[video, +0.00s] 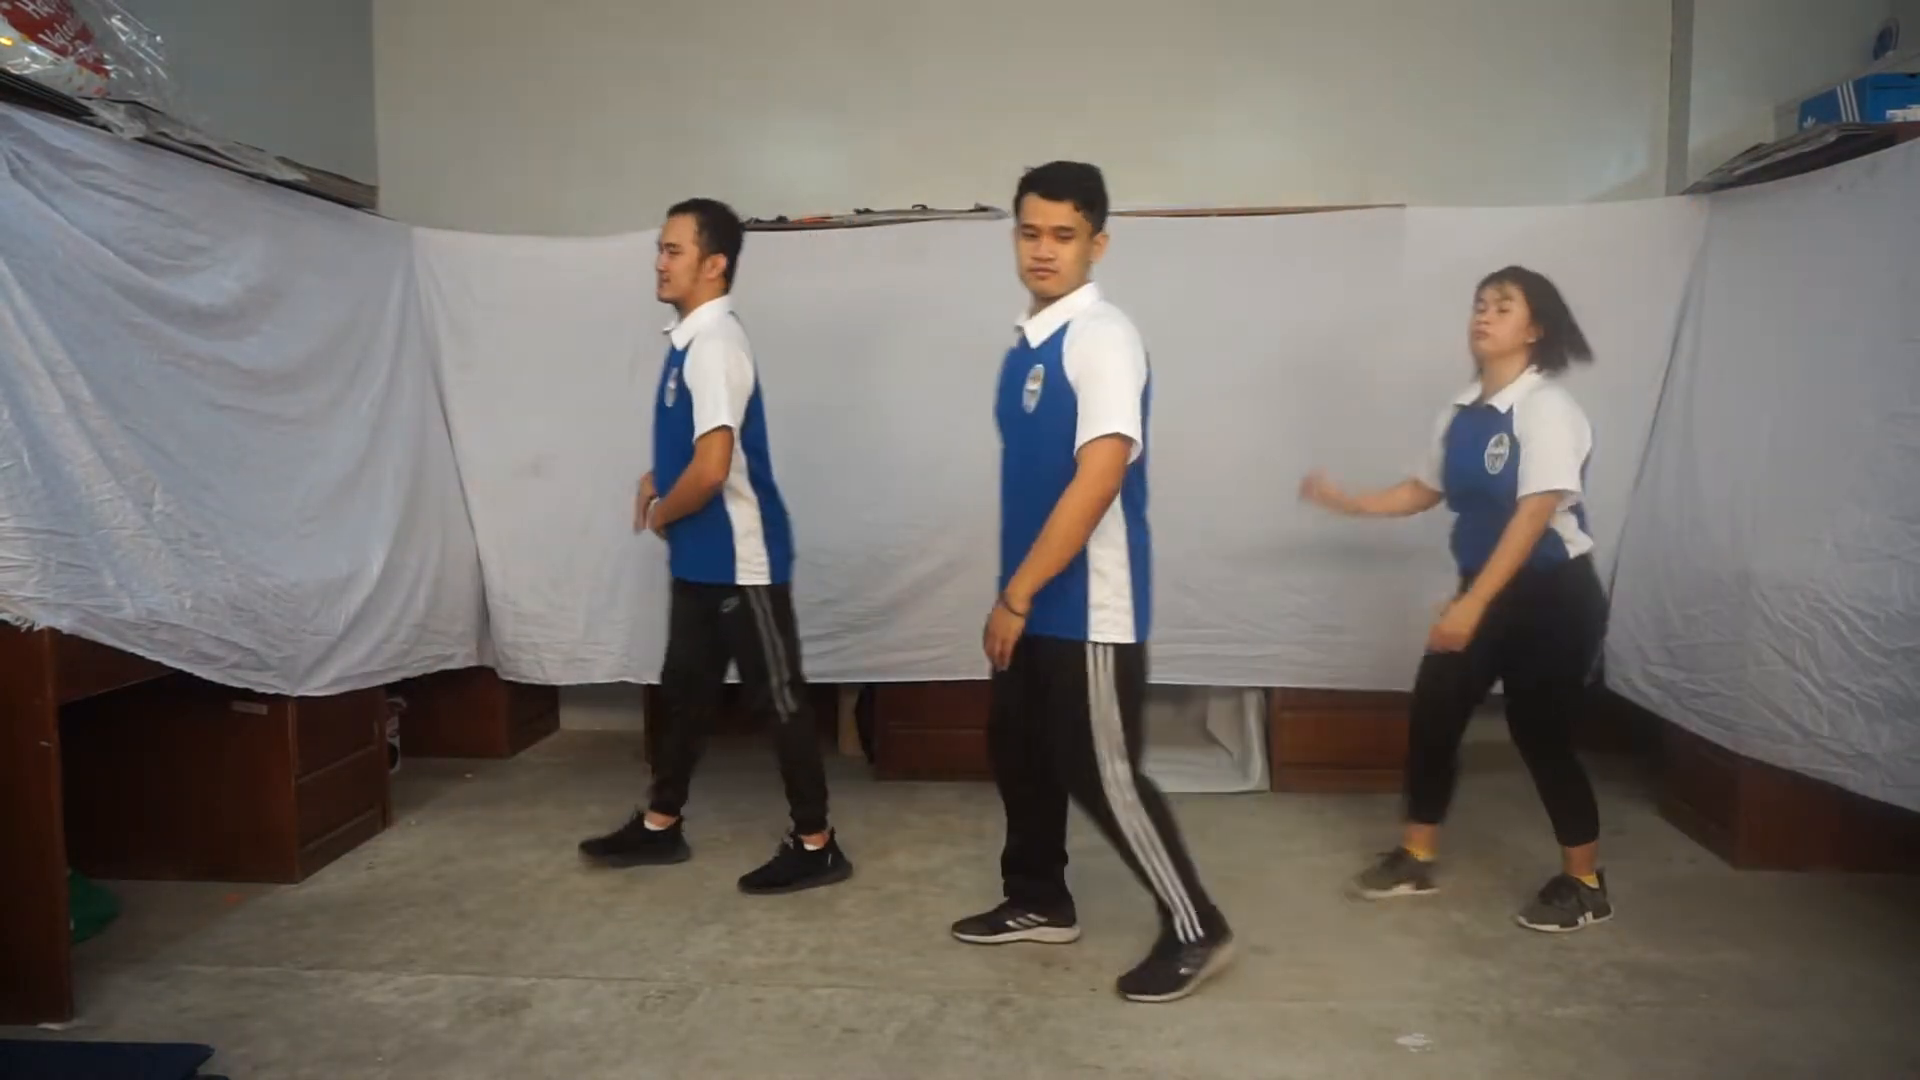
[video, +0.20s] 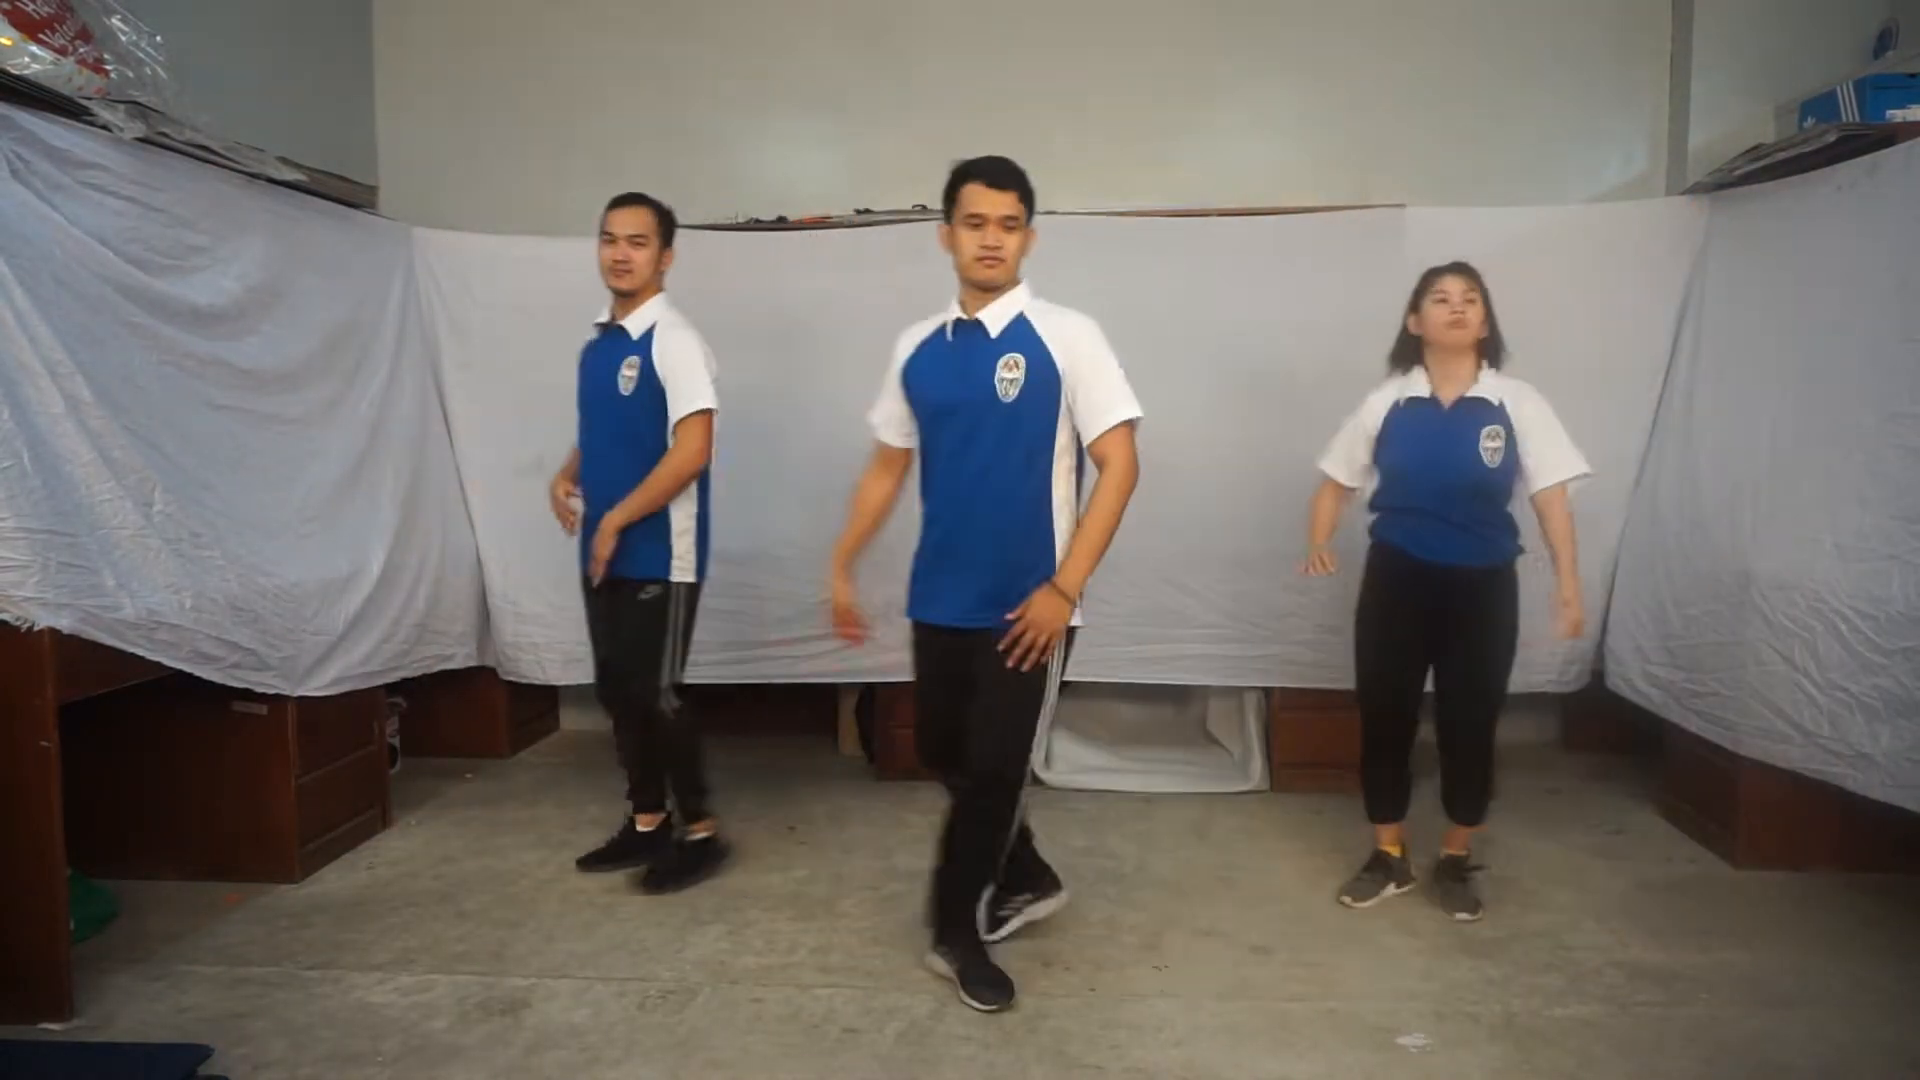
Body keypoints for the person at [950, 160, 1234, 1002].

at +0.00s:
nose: (1041, 249)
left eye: (1061, 235)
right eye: (1029, 233)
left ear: (1096, 242)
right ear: (1014, 236)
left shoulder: (1104, 336)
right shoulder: (1032, 336)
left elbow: (1099, 477)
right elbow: (1036, 478)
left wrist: (1016, 596)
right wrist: (1023, 593)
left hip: (1093, 599)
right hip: (1036, 594)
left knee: (1104, 768)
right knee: (1020, 750)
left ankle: (1195, 927)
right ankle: (1038, 900)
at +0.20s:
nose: (990, 240)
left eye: (1008, 226)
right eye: (973, 224)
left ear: (1028, 237)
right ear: (947, 235)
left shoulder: (1068, 337)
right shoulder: (919, 346)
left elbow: (1119, 465)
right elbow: (888, 462)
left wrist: (1066, 590)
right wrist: (842, 560)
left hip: (1023, 602)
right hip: (937, 600)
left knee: (992, 773)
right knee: (947, 750)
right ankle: (1024, 871)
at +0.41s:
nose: (941, 240)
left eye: (952, 225)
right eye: (922, 223)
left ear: (962, 236)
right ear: (878, 235)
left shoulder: (999, 334)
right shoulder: (832, 347)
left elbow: (1109, 397)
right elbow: (764, 458)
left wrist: (1115, 481)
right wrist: (670, 562)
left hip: (979, 606)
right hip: (875, 609)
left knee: (975, 779)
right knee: (858, 772)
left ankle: (963, 938)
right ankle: (851, 915)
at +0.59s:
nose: (897, 235)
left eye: (898, 220)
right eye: (879, 220)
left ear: (896, 232)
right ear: (823, 230)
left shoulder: (902, 306)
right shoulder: (798, 340)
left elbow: (974, 234)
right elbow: (826, 476)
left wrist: (1036, 156)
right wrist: (900, 577)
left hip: (899, 584)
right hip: (821, 596)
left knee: (923, 765)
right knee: (818, 781)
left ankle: (934, 933)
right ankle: (793, 954)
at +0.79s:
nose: (853, 240)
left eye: (852, 223)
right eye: (840, 224)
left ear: (777, 234)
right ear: (781, 234)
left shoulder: (749, 303)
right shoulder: (799, 335)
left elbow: (757, 199)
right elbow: (862, 472)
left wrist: (750, 89)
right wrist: (920, 542)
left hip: (759, 579)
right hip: (789, 593)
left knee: (784, 756)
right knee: (814, 774)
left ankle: (666, 895)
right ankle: (795, 956)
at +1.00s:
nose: (816, 266)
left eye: (814, 249)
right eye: (802, 250)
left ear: (737, 261)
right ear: (744, 260)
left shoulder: (679, 325)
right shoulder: (784, 365)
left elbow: (639, 218)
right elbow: (834, 504)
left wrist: (572, 120)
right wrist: (775, 522)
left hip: (667, 604)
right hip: (738, 617)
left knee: (606, 773)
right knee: (809, 778)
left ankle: (527, 963)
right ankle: (796, 958)